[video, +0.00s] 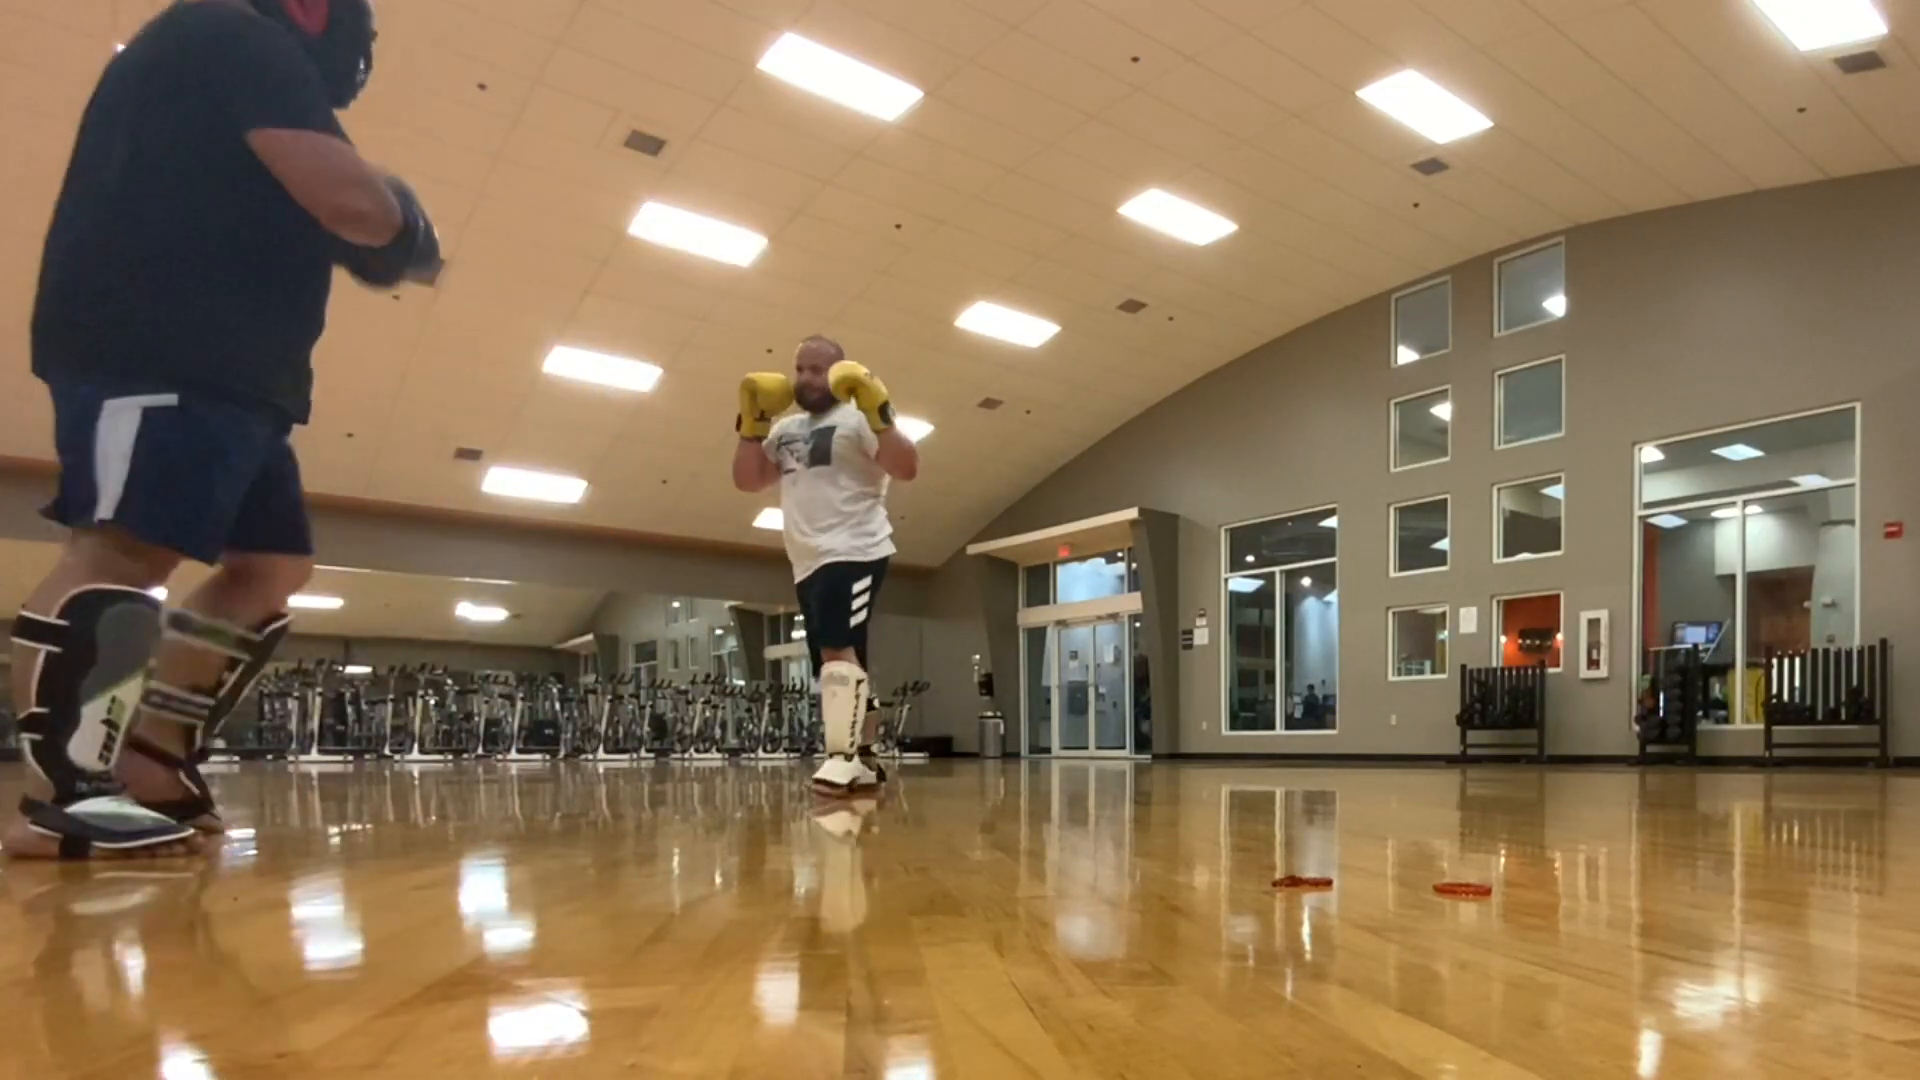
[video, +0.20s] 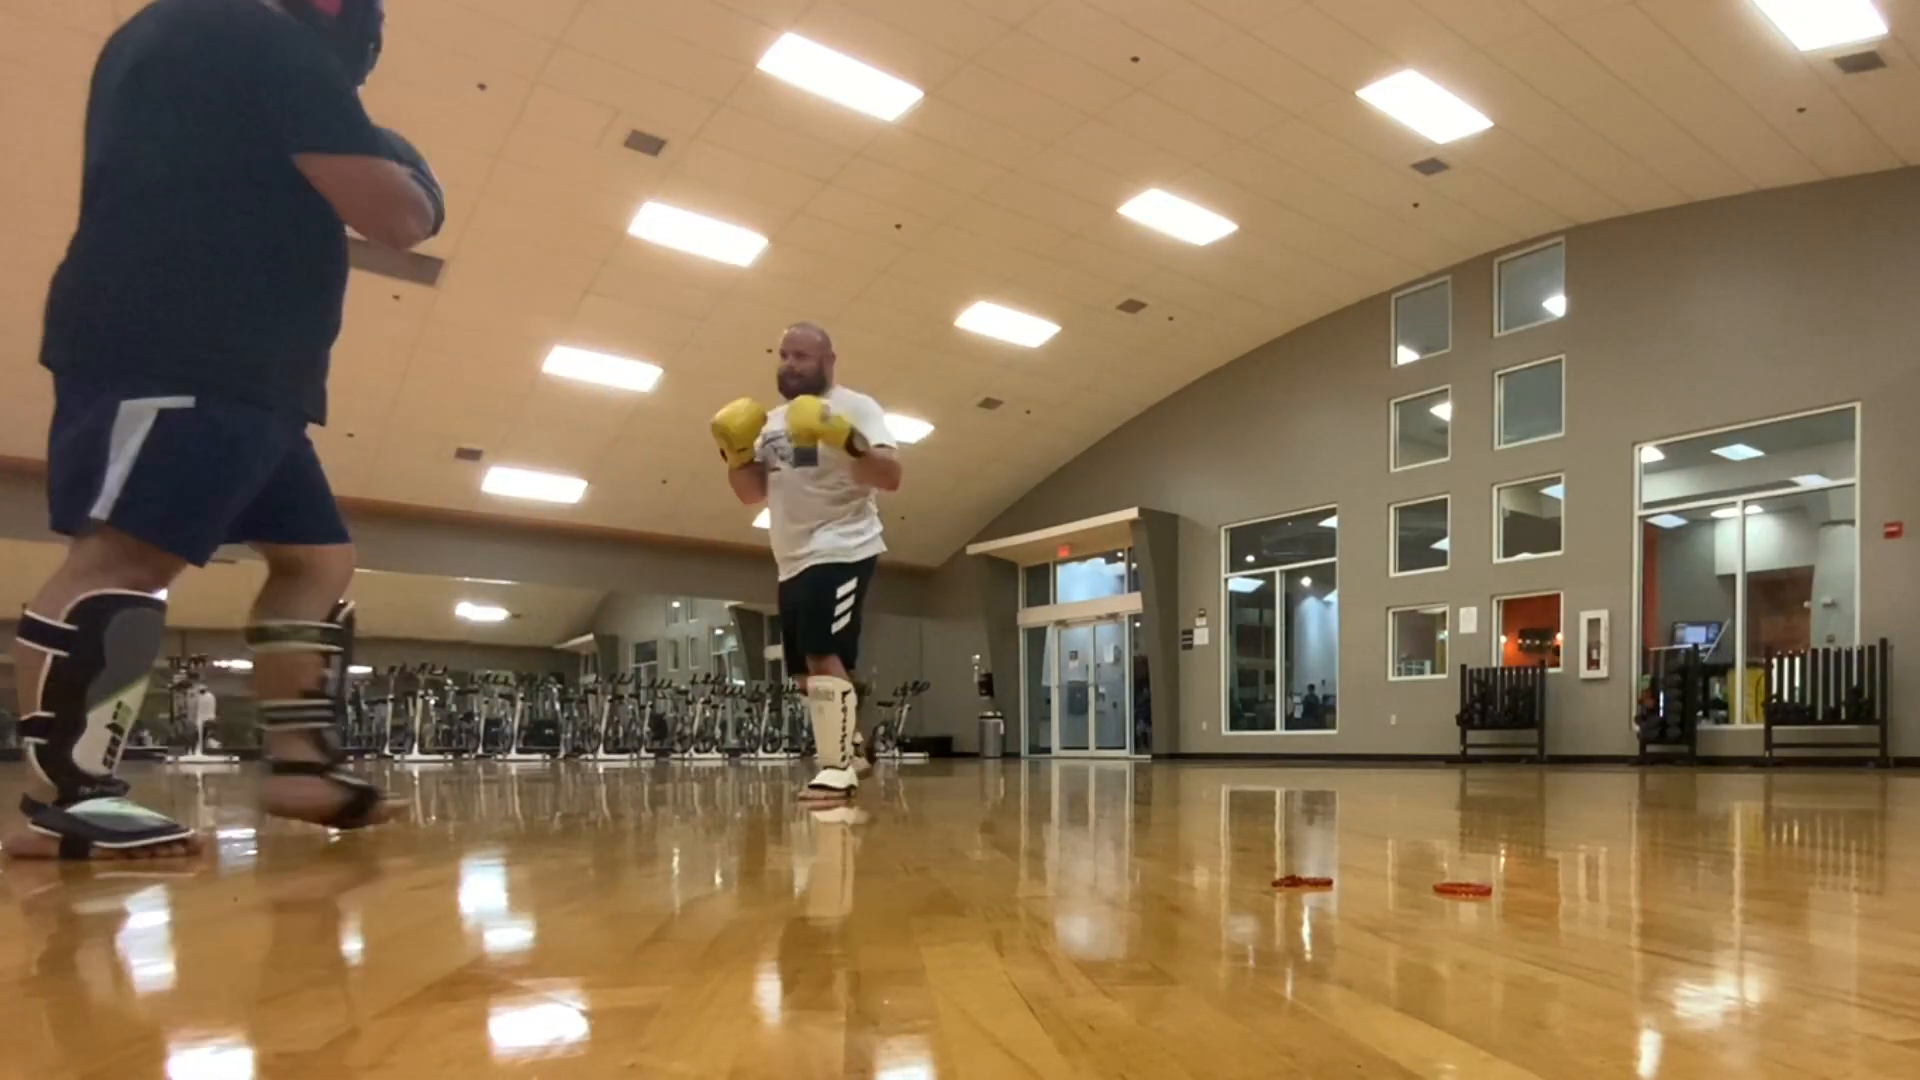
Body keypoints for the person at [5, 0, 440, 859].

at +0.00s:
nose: (362, 49)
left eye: (366, 37)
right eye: (358, 28)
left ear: (292, 10)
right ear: (307, 6)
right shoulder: (240, 36)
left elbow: (264, 211)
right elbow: (350, 203)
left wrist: (371, 249)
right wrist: (410, 226)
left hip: (216, 366)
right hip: (161, 350)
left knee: (272, 562)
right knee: (128, 551)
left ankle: (152, 760)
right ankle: (40, 785)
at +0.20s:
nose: (352, 67)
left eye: (359, 56)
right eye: (356, 47)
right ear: (329, 7)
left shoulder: (146, 35)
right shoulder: (273, 39)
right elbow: (397, 216)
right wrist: (412, 170)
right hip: (192, 356)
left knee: (313, 555)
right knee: (126, 558)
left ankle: (297, 761)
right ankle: (42, 784)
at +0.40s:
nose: (403, 57)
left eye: (403, 46)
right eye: (398, 37)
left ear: (289, 0)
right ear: (365, 8)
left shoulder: (195, 68)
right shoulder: (334, 48)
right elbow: (447, 222)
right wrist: (472, 233)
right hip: (272, 364)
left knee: (374, 579)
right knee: (194, 567)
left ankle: (378, 789)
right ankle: (61, 782)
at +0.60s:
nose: (448, 26)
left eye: (448, 21)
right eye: (445, 16)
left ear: (333, 0)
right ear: (416, 2)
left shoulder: (279, 76)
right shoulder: (402, 48)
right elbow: (525, 205)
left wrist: (484, 220)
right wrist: (549, 201)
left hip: (294, 348)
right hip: (379, 343)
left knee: (364, 569)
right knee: (398, 560)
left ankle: (379, 784)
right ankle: (184, 725)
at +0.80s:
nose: (521, 34)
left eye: (520, 23)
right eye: (517, 19)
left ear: (403, 12)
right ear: (485, 9)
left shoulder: (345, 95)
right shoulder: (486, 69)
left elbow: (359, 235)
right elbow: (591, 216)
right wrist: (618, 183)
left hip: (354, 364)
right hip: (463, 360)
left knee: (385, 570)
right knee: (514, 545)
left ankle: (371, 789)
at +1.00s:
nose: (628, 62)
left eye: (628, 47)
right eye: (624, 43)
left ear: (506, 24)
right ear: (599, 30)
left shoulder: (429, 108)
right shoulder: (610, 102)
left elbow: (407, 255)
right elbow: (692, 257)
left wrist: (506, 250)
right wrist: (605, 232)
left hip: (456, 386)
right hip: (580, 382)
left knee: (459, 585)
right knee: (633, 569)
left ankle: (386, 788)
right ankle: (648, 790)